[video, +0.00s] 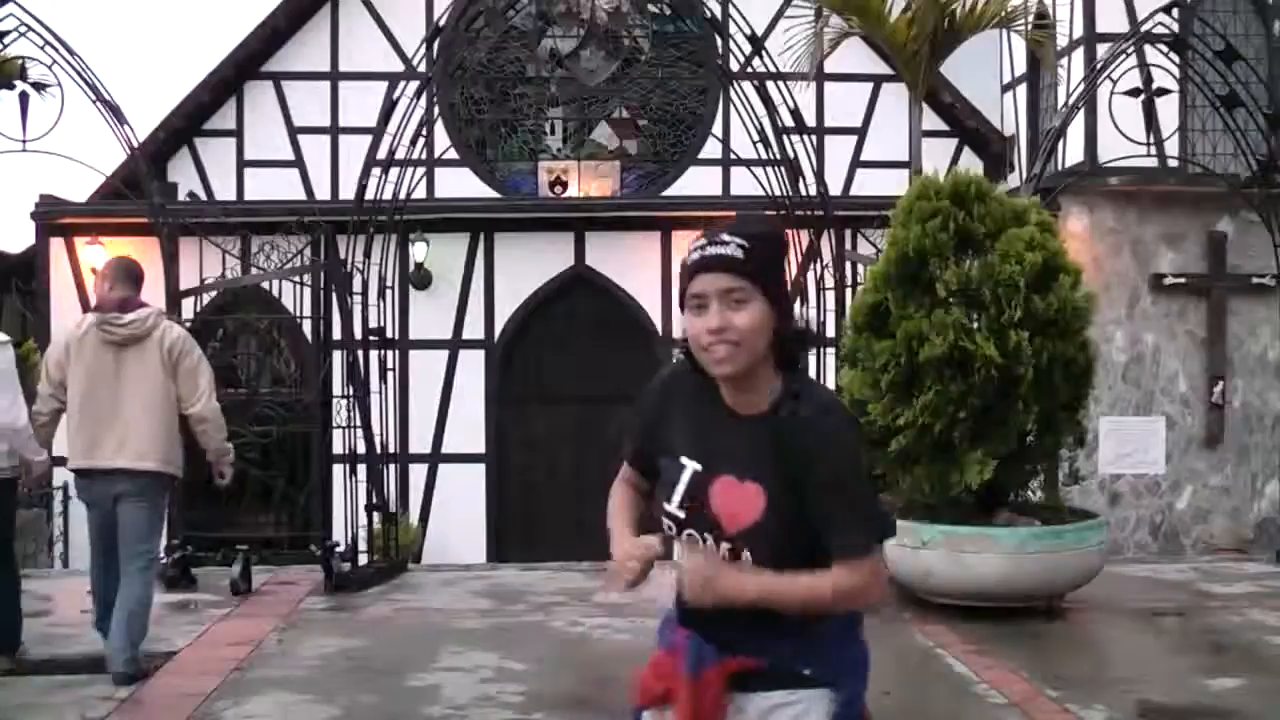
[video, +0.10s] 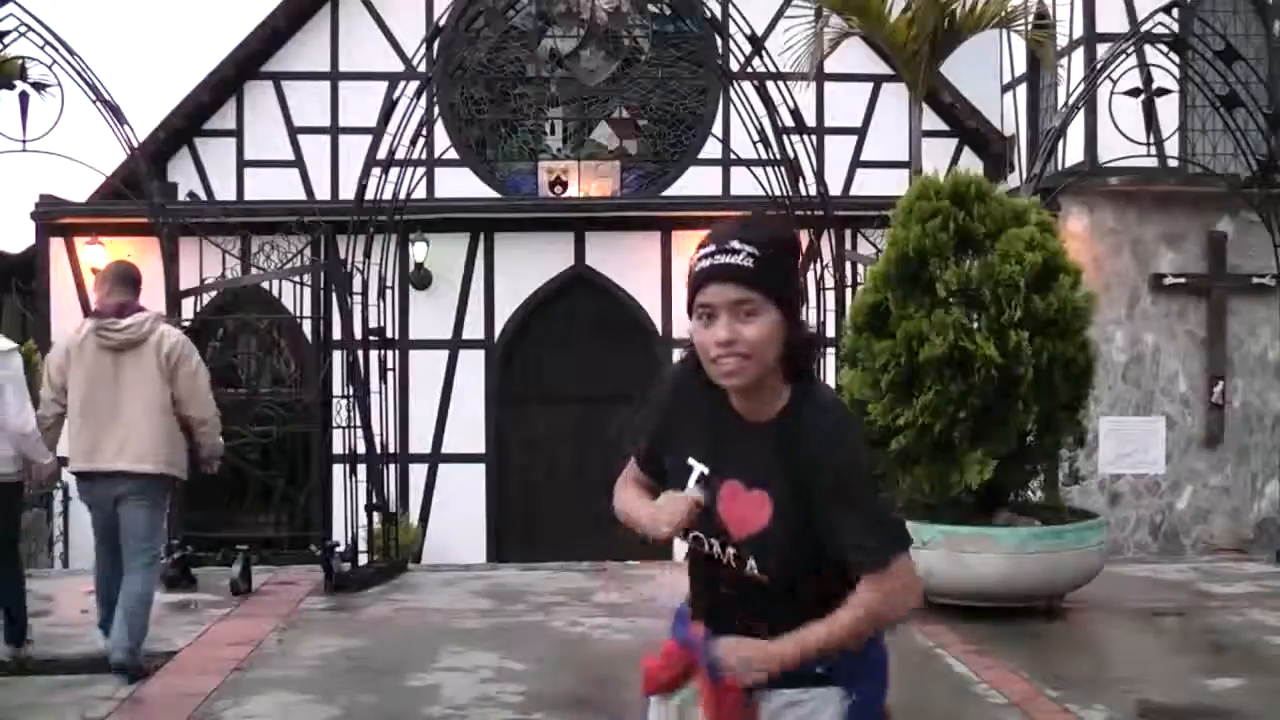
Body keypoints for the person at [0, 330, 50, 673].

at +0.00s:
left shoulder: (7, 353)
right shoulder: (5, 352)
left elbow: (13, 416)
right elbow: (13, 417)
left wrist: (34, 455)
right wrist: (36, 455)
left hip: (8, 474)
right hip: (5, 473)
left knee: (8, 565)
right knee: (7, 564)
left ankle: (10, 645)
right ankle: (9, 646)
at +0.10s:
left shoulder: (10, 355)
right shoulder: (8, 354)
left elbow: (18, 423)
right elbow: (19, 422)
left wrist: (43, 458)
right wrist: (45, 458)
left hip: (10, 477)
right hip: (6, 476)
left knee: (10, 560)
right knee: (9, 560)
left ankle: (16, 637)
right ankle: (15, 639)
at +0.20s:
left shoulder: (13, 357)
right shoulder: (12, 357)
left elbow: (25, 425)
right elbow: (25, 425)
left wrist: (46, 460)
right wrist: (47, 460)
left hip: (13, 477)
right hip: (9, 476)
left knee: (13, 560)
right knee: (12, 559)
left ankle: (16, 639)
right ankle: (16, 640)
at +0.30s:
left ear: (8, 328)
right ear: (12, 325)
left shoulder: (20, 358)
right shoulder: (20, 358)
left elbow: (32, 420)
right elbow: (33, 419)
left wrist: (49, 460)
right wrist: (50, 459)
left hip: (14, 474)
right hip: (13, 474)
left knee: (14, 559)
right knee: (14, 559)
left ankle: (14, 641)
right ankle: (14, 642)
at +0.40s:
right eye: (22, 314)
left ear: (4, 320)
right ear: (19, 318)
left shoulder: (24, 355)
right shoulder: (27, 355)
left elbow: (36, 414)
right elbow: (36, 414)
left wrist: (52, 453)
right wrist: (53, 454)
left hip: (13, 468)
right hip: (17, 467)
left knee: (18, 558)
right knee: (19, 558)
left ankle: (15, 640)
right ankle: (15, 641)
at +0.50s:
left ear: (2, 317)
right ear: (21, 315)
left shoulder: (25, 352)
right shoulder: (32, 352)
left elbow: (39, 410)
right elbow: (38, 410)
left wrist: (54, 451)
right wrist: (55, 452)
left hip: (11, 463)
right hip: (20, 463)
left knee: (19, 556)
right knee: (21, 555)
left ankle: (14, 640)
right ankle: (15, 641)